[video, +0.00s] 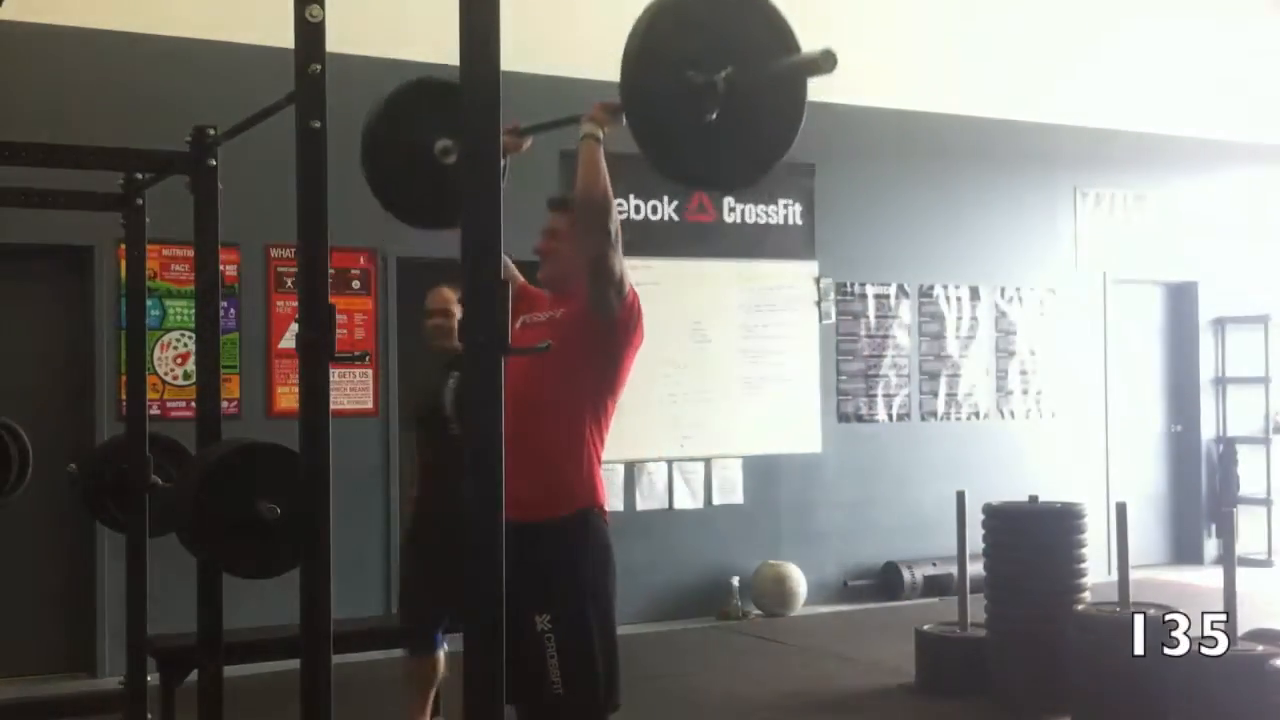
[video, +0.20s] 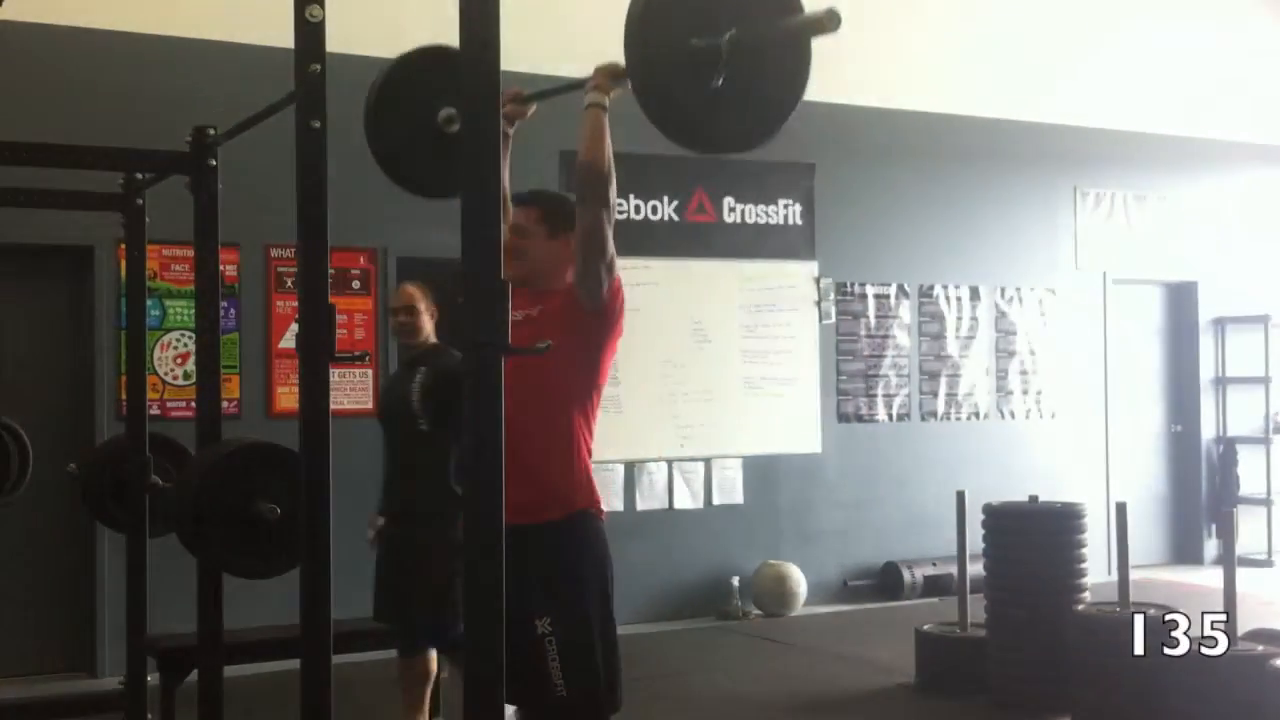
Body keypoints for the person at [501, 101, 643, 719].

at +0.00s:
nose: (545, 241)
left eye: (561, 233)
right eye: (546, 230)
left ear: (594, 245)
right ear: (542, 238)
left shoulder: (608, 318)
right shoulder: (522, 306)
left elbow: (596, 224)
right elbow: (476, 243)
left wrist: (592, 132)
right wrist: (490, 166)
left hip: (568, 528)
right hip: (502, 524)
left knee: (582, 693)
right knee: (514, 686)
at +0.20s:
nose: (510, 241)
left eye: (525, 231)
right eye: (508, 230)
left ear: (566, 242)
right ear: (505, 240)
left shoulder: (590, 307)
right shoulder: (498, 302)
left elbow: (596, 193)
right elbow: (491, 219)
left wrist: (596, 99)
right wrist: (503, 136)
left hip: (562, 527)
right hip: (492, 526)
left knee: (577, 699)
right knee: (497, 694)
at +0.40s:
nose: (496, 242)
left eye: (507, 230)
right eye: (494, 229)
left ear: (543, 241)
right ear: (501, 241)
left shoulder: (574, 303)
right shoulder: (493, 304)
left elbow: (586, 189)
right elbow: (496, 211)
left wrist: (602, 84)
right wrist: (508, 121)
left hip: (554, 523)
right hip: (490, 525)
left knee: (578, 693)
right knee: (505, 689)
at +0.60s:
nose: (497, 243)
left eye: (509, 230)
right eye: (495, 231)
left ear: (545, 243)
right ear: (503, 243)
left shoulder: (578, 304)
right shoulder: (495, 306)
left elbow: (586, 193)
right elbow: (494, 213)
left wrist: (604, 87)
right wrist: (510, 125)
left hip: (556, 525)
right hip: (491, 525)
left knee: (575, 692)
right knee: (502, 688)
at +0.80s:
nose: (499, 236)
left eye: (511, 227)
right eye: (499, 227)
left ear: (551, 236)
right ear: (509, 239)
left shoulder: (582, 301)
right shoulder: (497, 303)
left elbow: (587, 194)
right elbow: (487, 221)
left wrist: (601, 94)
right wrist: (504, 141)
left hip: (559, 527)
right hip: (493, 528)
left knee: (576, 696)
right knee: (504, 692)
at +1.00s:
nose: (533, 232)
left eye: (550, 225)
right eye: (535, 223)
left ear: (581, 241)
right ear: (533, 237)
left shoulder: (594, 315)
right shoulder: (508, 302)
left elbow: (579, 215)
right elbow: (468, 245)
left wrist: (593, 126)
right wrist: (496, 170)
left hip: (565, 531)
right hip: (496, 531)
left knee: (580, 693)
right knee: (505, 689)